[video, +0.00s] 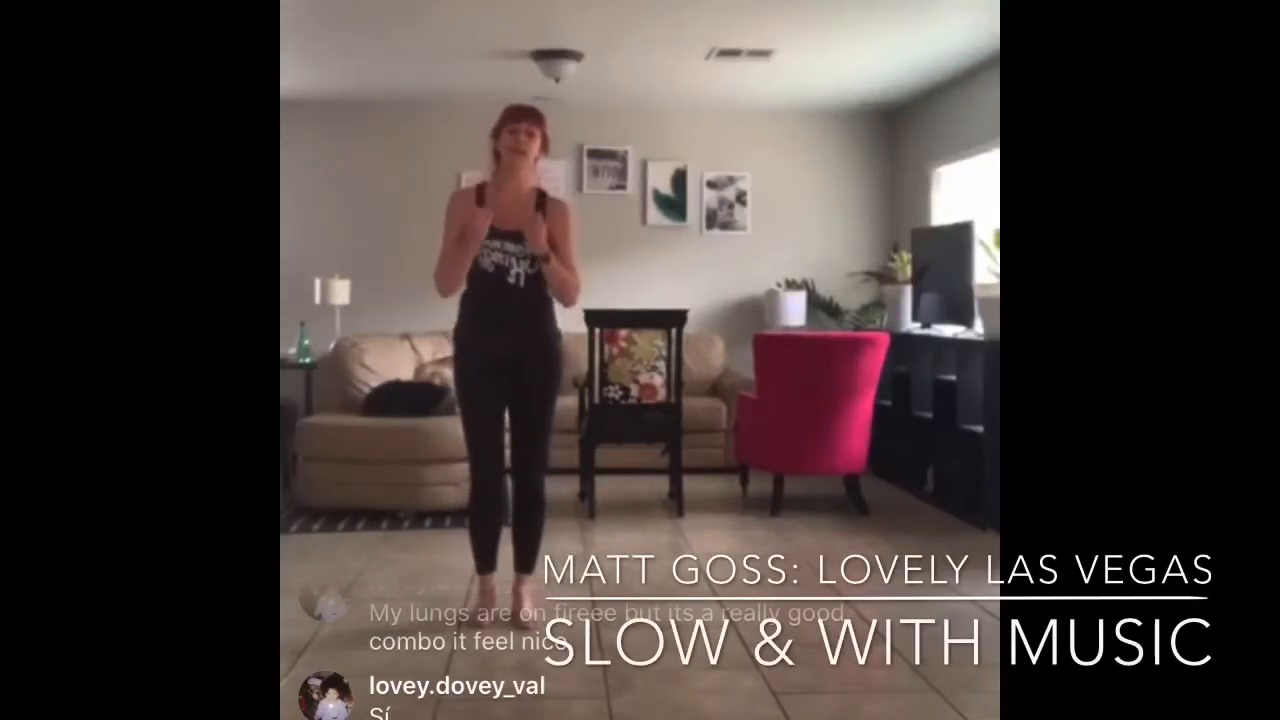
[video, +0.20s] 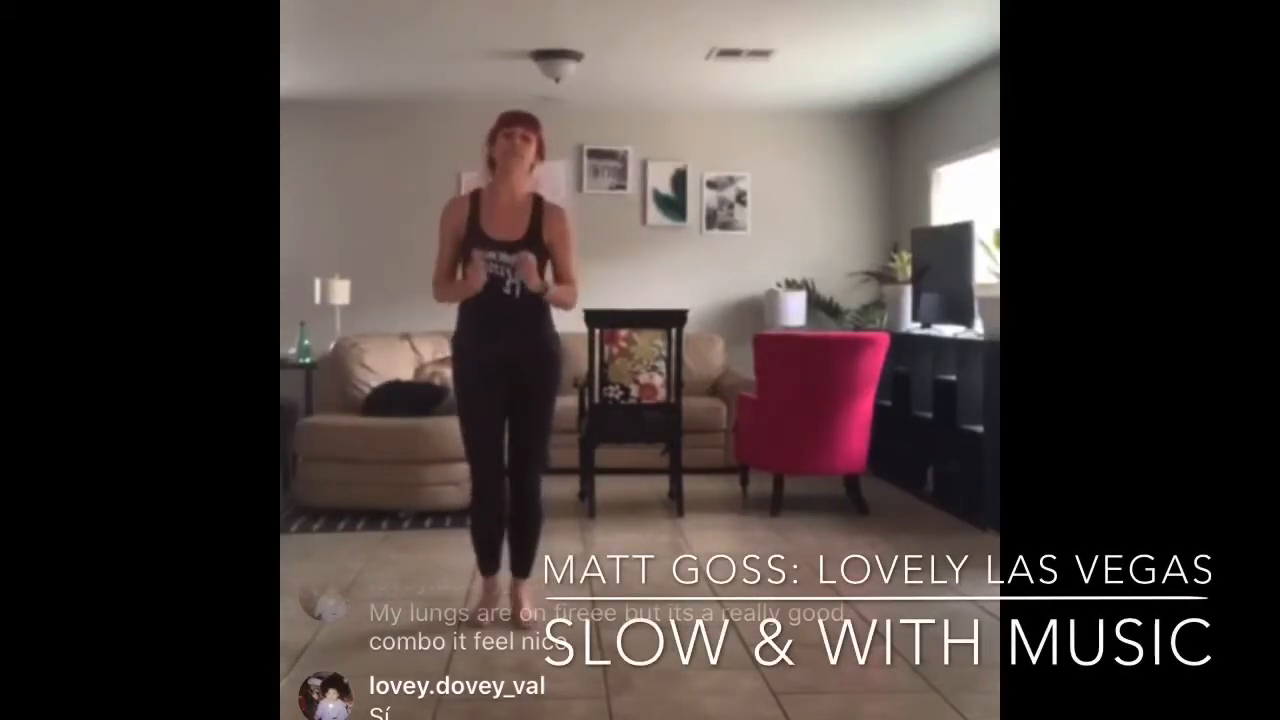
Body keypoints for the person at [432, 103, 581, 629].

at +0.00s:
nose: (519, 139)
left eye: (529, 134)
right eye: (511, 131)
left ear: (542, 149)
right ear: (495, 141)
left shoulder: (555, 209)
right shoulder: (466, 201)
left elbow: (570, 293)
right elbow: (446, 284)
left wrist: (543, 249)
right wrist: (472, 236)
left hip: (535, 347)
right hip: (479, 346)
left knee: (529, 469)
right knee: (485, 469)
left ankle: (525, 583)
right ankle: (485, 584)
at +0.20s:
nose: (514, 143)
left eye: (524, 139)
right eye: (506, 136)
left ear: (537, 156)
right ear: (490, 148)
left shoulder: (552, 216)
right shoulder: (460, 210)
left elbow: (570, 296)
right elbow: (441, 291)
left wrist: (541, 285)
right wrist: (468, 286)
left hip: (534, 353)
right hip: (478, 351)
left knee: (526, 472)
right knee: (485, 471)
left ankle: (522, 583)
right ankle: (489, 581)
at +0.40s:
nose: (507, 172)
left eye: (518, 167)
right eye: (499, 165)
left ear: (530, 181)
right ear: (484, 177)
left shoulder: (544, 232)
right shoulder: (463, 230)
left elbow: (582, 283)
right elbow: (421, 279)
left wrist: (553, 219)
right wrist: (449, 217)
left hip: (529, 367)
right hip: (474, 366)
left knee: (523, 479)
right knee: (478, 480)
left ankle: (521, 583)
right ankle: (490, 582)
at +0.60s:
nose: (506, 100)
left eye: (516, 94)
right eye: (497, 92)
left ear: (530, 106)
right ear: (479, 102)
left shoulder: (541, 158)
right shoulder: (462, 153)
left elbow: (564, 87)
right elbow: (434, 76)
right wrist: (440, 4)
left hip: (525, 306)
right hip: (466, 305)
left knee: (529, 434)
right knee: (474, 436)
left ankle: (533, 560)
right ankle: (473, 563)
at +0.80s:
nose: (497, 96)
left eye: (508, 88)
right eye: (489, 86)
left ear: (523, 97)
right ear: (473, 94)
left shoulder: (533, 148)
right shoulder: (458, 144)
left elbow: (543, 65)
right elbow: (445, 59)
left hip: (519, 299)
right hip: (460, 298)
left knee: (523, 429)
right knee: (468, 429)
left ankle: (527, 554)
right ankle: (471, 556)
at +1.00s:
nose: (491, 160)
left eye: (499, 153)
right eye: (482, 153)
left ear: (512, 166)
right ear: (463, 165)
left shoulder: (526, 217)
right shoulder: (444, 217)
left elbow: (584, 177)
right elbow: (425, 162)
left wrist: (550, 118)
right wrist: (456, 98)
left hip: (513, 362)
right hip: (455, 361)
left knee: (516, 479)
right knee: (450, 479)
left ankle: (503, 593)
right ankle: (477, 586)